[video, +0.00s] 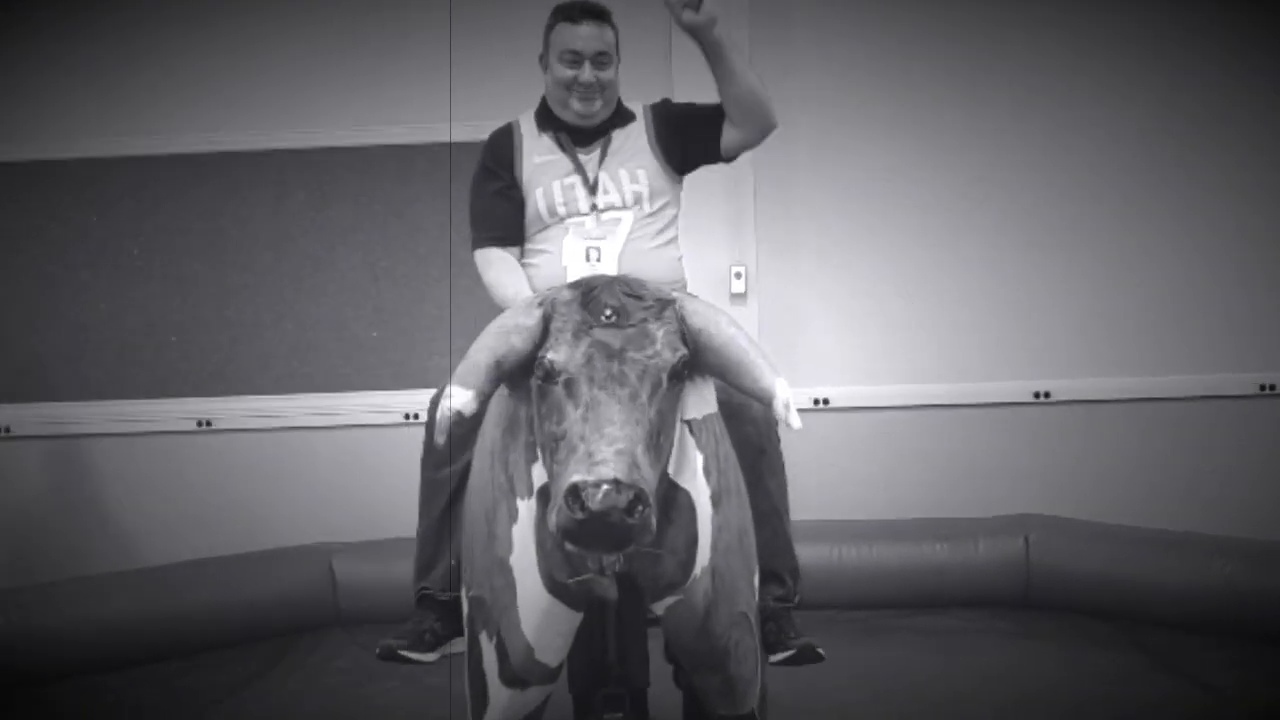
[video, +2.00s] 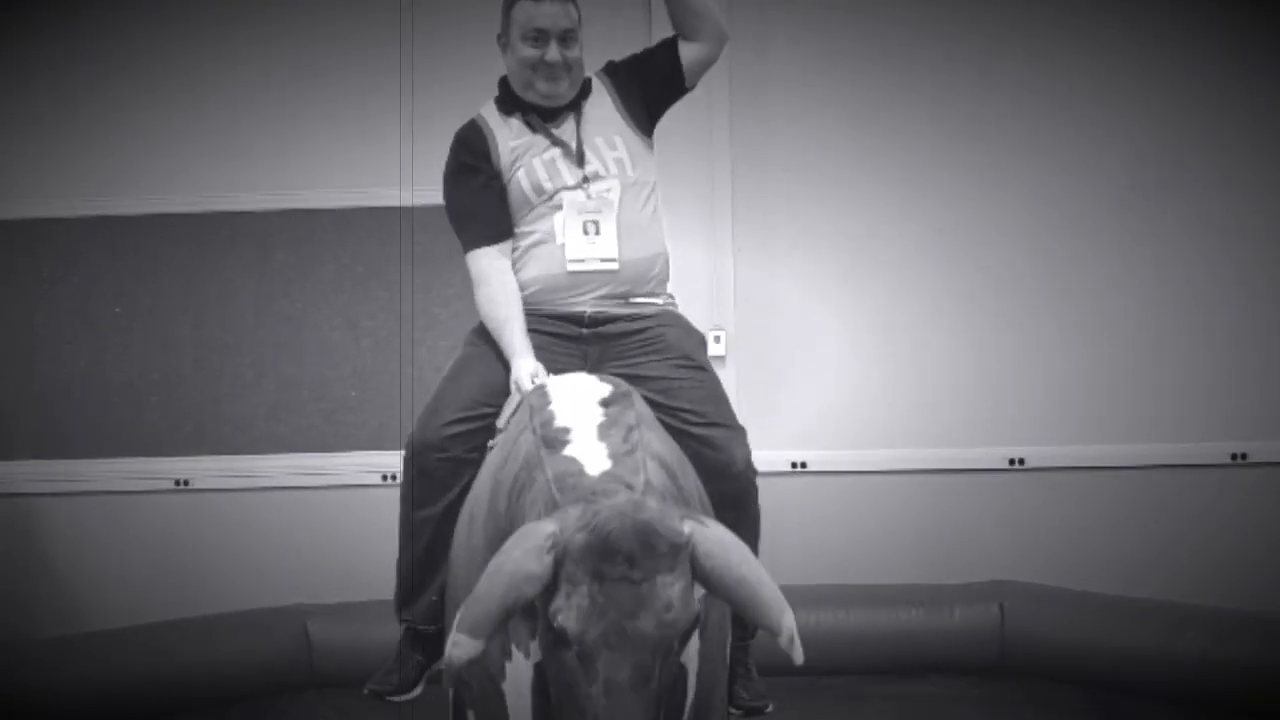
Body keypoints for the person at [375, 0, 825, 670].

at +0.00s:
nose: (585, 75)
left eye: (600, 60)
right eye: (569, 60)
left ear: (619, 65)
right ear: (543, 65)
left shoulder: (660, 129)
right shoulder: (511, 146)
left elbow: (754, 124)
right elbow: (493, 251)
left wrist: (709, 36)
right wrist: (537, 323)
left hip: (661, 311)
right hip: (550, 318)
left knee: (755, 407)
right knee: (451, 415)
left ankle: (774, 608)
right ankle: (440, 608)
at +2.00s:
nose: (553, 55)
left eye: (567, 38)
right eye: (535, 39)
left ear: (586, 39)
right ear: (502, 42)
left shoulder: (626, 92)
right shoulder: (479, 140)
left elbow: (707, 38)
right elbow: (490, 268)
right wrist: (521, 356)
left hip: (643, 325)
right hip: (530, 327)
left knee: (730, 465)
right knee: (434, 446)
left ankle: (734, 654)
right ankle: (421, 640)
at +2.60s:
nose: (511, 26)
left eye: (523, 13)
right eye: (489, 19)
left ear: (544, 28)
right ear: (463, 53)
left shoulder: (608, 96)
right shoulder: (467, 146)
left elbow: (696, 121)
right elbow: (486, 277)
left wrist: (766, 40)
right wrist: (521, 381)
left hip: (649, 334)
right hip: (528, 342)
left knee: (731, 490)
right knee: (431, 474)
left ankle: (737, 666)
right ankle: (422, 672)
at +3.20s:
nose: (504, 30)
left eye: (514, 14)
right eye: (479, 22)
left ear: (538, 29)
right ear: (455, 59)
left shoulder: (614, 105)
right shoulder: (461, 173)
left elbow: (700, 182)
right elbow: (482, 321)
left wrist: (796, 232)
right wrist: (520, 435)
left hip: (662, 383)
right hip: (528, 389)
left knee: (738, 559)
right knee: (424, 534)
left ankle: (750, 702)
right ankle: (416, 704)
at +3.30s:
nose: (503, 41)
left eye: (514, 23)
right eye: (479, 32)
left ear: (540, 39)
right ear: (453, 68)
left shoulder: (619, 111)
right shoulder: (458, 182)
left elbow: (702, 192)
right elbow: (478, 331)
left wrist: (791, 251)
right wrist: (518, 450)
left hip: (660, 394)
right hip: (525, 401)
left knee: (737, 572)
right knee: (421, 541)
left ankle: (751, 709)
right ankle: (412, 707)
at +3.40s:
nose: (501, 52)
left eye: (511, 32)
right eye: (475, 44)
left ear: (539, 46)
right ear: (453, 80)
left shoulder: (622, 115)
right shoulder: (456, 189)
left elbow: (699, 198)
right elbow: (476, 339)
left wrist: (774, 272)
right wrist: (516, 458)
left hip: (658, 407)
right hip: (522, 415)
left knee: (738, 586)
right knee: (416, 554)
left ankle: (751, 713)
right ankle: (409, 711)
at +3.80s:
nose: (492, 96)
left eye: (505, 75)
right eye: (468, 85)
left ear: (538, 86)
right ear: (447, 114)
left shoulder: (616, 143)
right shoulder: (445, 220)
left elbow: (709, 241)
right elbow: (470, 366)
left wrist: (684, 357)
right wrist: (514, 483)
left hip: (654, 437)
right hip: (513, 446)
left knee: (737, 607)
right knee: (411, 579)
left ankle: (748, 719)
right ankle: (408, 717)